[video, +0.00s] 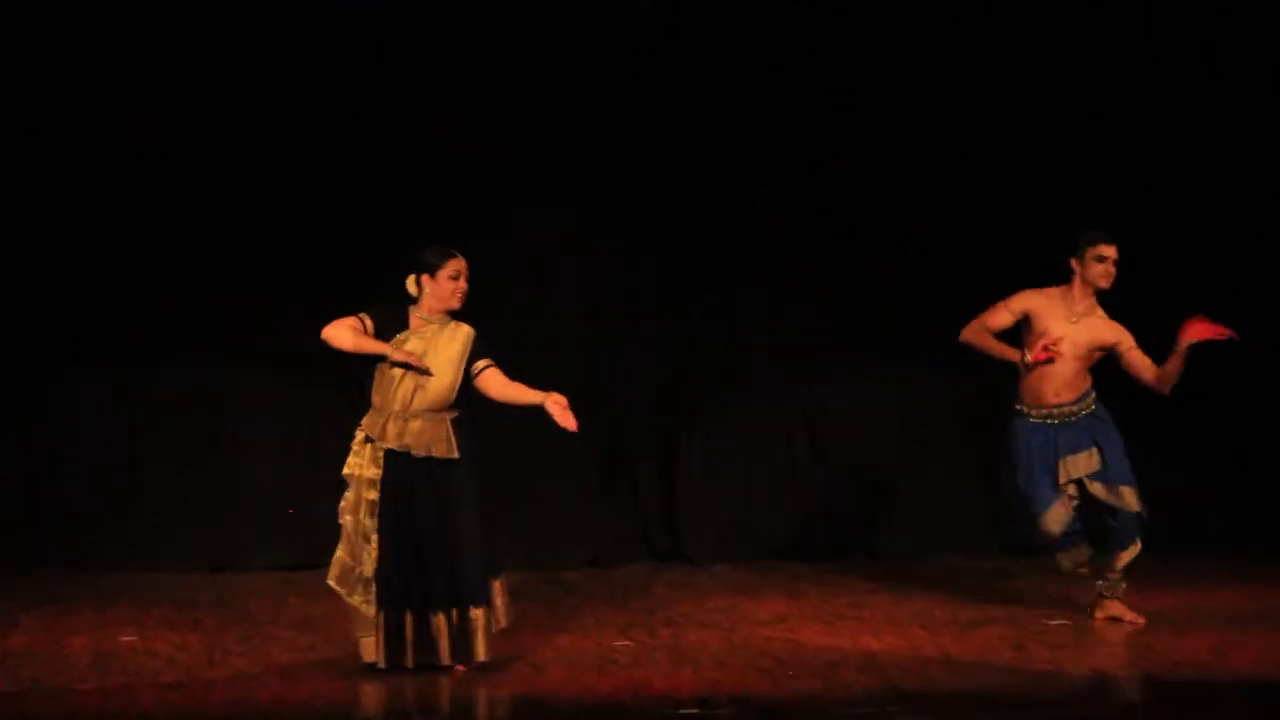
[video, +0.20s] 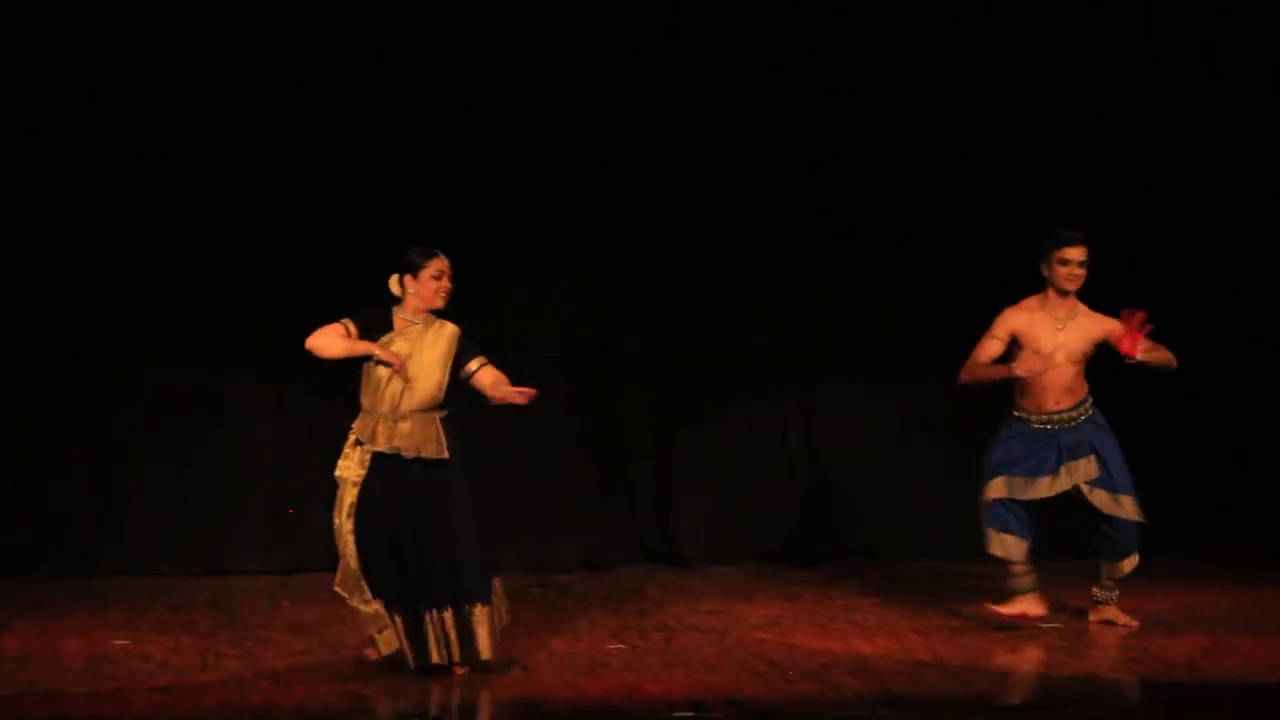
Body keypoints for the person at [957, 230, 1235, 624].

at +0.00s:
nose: (1110, 269)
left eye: (1114, 262)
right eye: (1101, 261)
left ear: (1115, 268)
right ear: (1076, 264)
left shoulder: (1108, 330)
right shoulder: (1034, 302)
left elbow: (1160, 382)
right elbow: (971, 334)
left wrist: (1182, 347)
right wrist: (1020, 357)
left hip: (1085, 419)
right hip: (1034, 424)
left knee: (1121, 506)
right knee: (1053, 521)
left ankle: (1109, 598)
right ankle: (1087, 575)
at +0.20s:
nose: (1074, 272)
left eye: (1081, 265)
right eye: (1065, 264)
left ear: (1087, 270)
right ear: (1046, 267)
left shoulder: (1097, 324)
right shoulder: (1016, 317)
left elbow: (1168, 360)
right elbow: (969, 372)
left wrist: (1143, 350)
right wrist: (1012, 369)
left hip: (1083, 424)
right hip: (1028, 427)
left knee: (1120, 509)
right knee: (1000, 500)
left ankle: (1105, 603)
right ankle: (1025, 595)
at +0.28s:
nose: (1046, 265)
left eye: (1055, 258)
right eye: (1039, 256)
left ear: (1065, 266)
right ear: (1025, 261)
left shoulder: (1081, 312)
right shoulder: (1003, 313)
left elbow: (1152, 338)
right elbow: (969, 369)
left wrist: (1126, 349)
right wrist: (1007, 359)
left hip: (1069, 420)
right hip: (1013, 422)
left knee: (1110, 507)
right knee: (987, 500)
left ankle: (1099, 601)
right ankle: (994, 601)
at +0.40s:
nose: (1000, 265)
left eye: (1009, 257)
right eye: (993, 257)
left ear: (1025, 263)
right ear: (984, 261)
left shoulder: (1050, 306)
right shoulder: (973, 320)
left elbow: (1123, 319)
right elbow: (951, 378)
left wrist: (1095, 350)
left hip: (1041, 421)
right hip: (989, 423)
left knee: (1088, 504)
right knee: (971, 509)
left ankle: (1054, 590)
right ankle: (978, 612)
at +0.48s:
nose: (972, 270)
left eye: (982, 263)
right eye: (966, 263)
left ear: (1000, 268)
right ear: (959, 269)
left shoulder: (1028, 308)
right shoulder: (952, 328)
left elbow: (1103, 313)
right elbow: (932, 380)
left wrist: (1073, 346)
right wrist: (902, 384)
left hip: (1020, 428)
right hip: (970, 428)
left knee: (1059, 512)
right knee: (954, 516)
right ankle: (969, 615)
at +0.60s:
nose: (937, 273)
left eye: (946, 265)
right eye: (930, 267)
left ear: (966, 270)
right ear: (924, 274)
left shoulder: (1002, 305)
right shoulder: (926, 332)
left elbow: (1074, 305)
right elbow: (897, 369)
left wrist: (1042, 342)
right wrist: (863, 390)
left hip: (993, 429)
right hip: (946, 427)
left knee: (999, 520)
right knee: (939, 518)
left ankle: (903, 590)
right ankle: (957, 615)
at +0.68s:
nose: (922, 275)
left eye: (931, 266)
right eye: (916, 268)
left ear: (951, 270)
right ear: (910, 275)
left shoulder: (990, 303)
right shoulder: (915, 331)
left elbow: (1062, 302)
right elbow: (879, 364)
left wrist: (1029, 339)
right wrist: (845, 389)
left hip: (981, 428)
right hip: (936, 425)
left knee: (965, 514)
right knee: (926, 510)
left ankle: (876, 598)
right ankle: (938, 598)